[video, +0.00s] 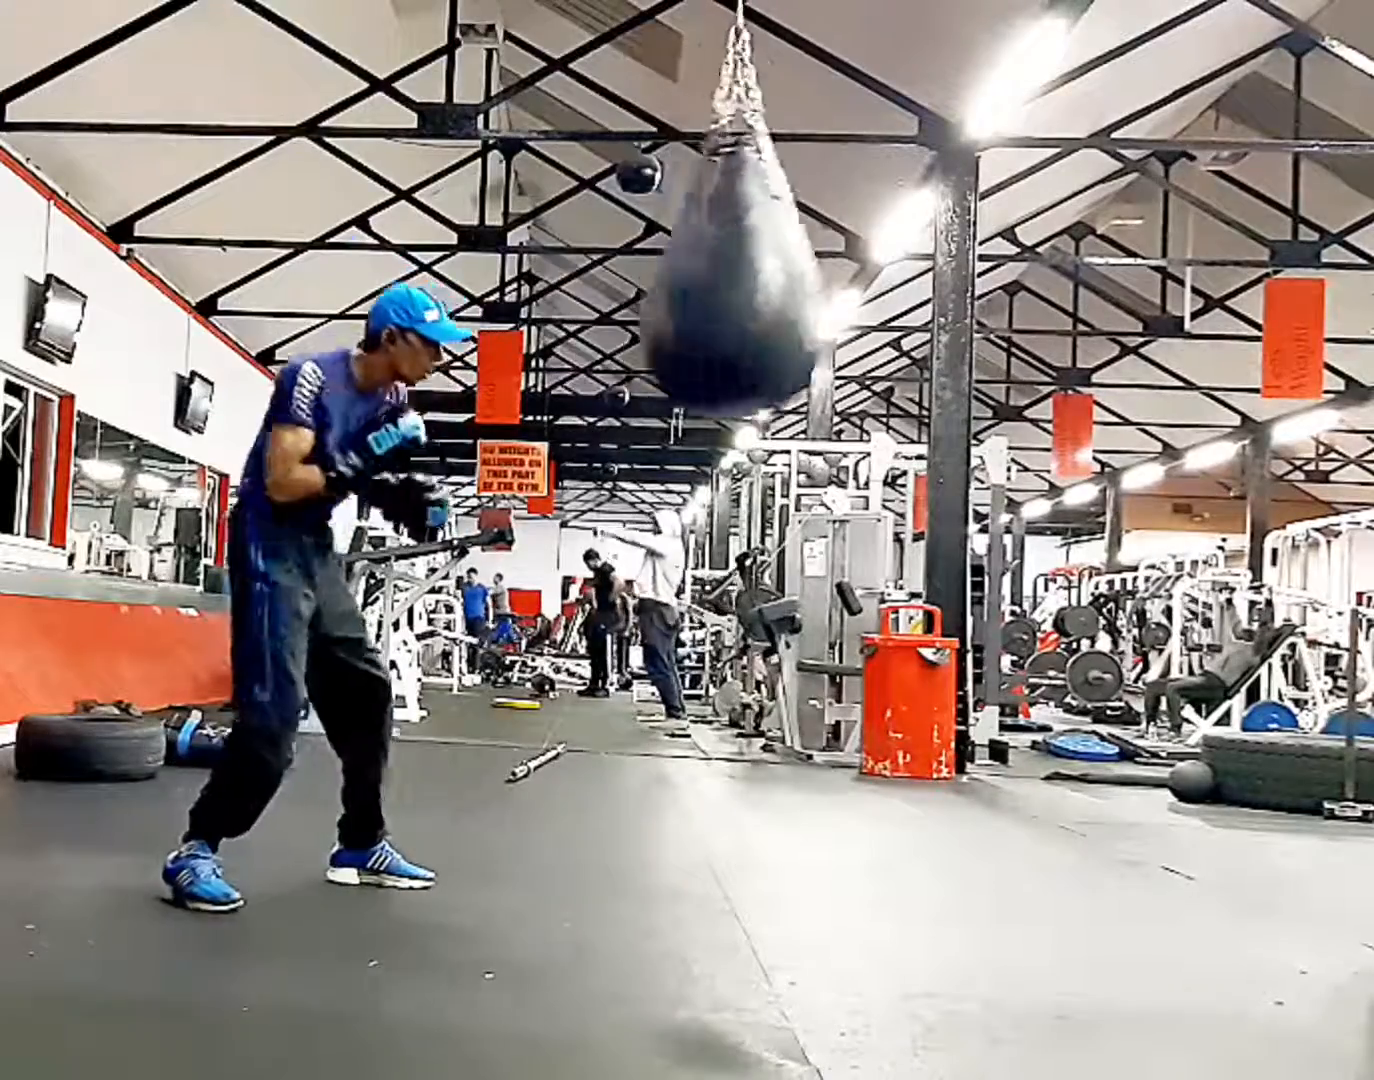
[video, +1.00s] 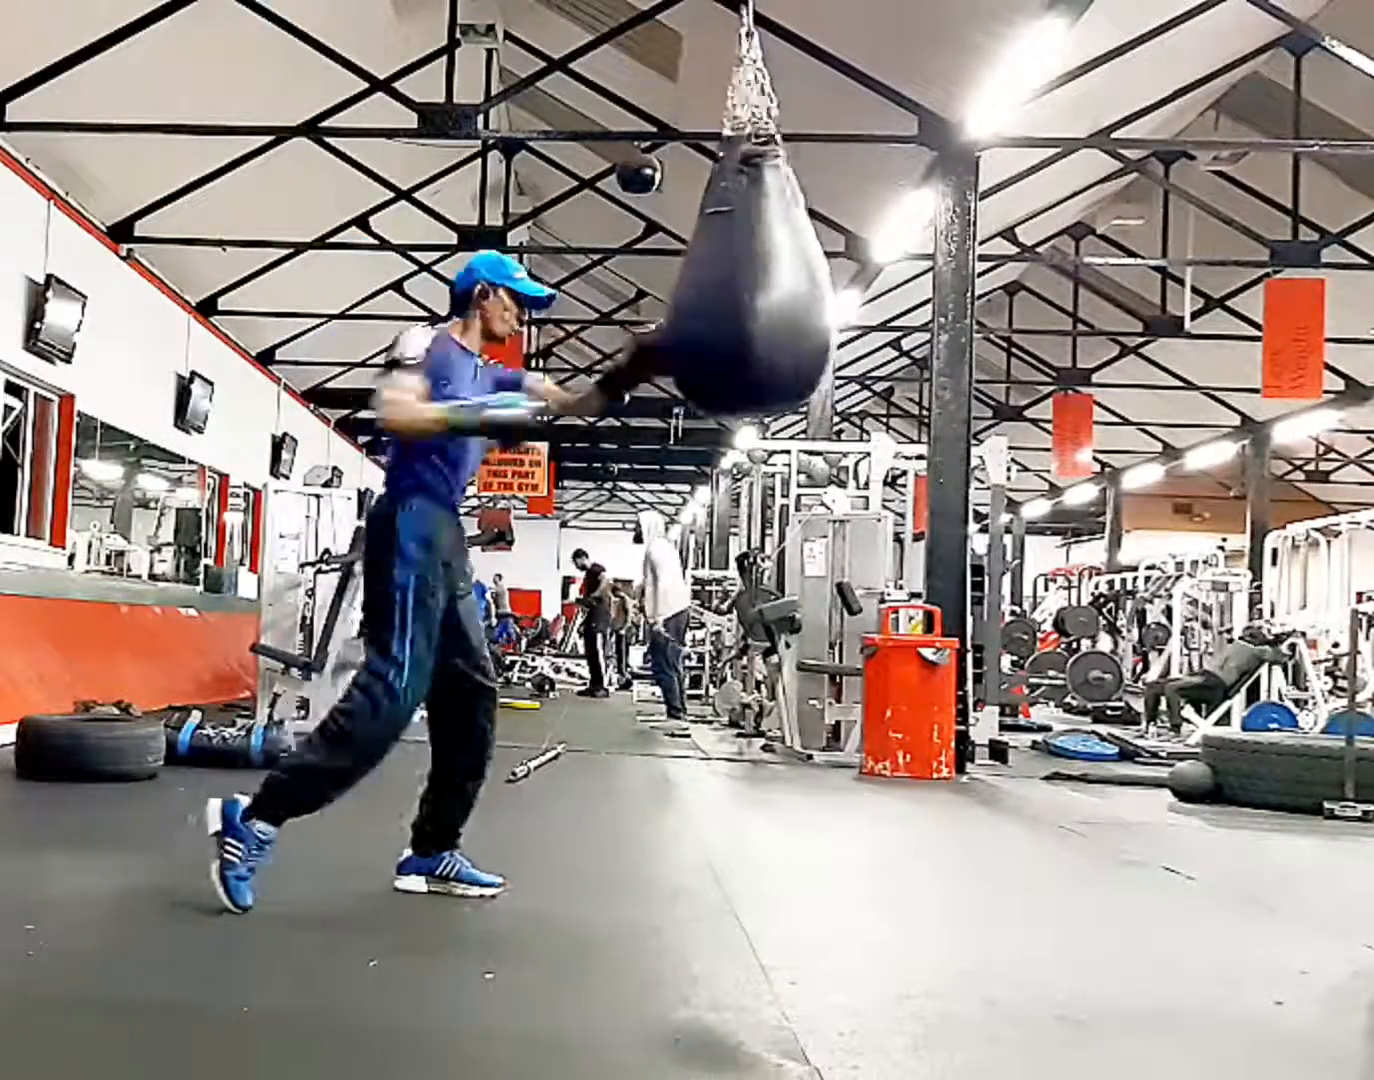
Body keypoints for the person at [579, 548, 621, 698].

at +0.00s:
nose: (590, 566)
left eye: (591, 562)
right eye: (588, 563)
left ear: (597, 559)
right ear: (588, 563)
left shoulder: (608, 575)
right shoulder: (598, 576)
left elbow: (608, 602)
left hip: (606, 621)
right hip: (597, 620)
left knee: (603, 654)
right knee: (595, 654)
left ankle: (604, 685)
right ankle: (594, 683)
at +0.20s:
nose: (588, 565)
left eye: (589, 561)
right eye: (586, 562)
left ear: (595, 558)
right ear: (587, 562)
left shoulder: (606, 570)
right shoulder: (597, 575)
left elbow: (617, 582)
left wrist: (609, 598)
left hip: (606, 616)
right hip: (596, 616)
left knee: (601, 652)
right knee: (594, 652)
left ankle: (603, 685)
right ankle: (594, 683)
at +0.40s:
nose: (587, 563)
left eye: (588, 559)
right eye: (585, 560)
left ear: (593, 558)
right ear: (588, 560)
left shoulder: (602, 574)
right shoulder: (597, 576)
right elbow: (596, 601)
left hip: (601, 617)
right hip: (594, 617)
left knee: (600, 653)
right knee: (594, 653)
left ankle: (602, 685)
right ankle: (594, 684)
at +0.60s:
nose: (585, 564)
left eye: (587, 559)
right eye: (583, 561)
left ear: (593, 557)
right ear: (582, 562)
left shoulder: (603, 571)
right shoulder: (593, 576)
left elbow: (604, 594)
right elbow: (593, 596)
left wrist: (588, 601)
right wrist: (583, 600)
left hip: (602, 614)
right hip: (592, 615)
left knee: (601, 651)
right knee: (593, 651)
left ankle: (603, 685)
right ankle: (593, 683)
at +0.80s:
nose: (580, 564)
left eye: (581, 560)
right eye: (578, 561)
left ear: (588, 557)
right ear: (580, 562)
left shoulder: (600, 570)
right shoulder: (589, 576)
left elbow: (608, 584)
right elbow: (589, 595)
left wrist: (594, 598)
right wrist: (583, 599)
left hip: (600, 616)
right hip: (591, 617)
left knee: (600, 651)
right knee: (591, 652)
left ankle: (603, 685)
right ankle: (594, 683)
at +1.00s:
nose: (577, 566)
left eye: (577, 562)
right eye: (575, 563)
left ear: (584, 558)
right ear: (579, 561)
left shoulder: (597, 571)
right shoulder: (588, 576)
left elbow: (603, 587)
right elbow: (589, 598)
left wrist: (588, 598)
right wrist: (581, 600)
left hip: (599, 617)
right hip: (590, 617)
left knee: (596, 652)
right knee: (590, 652)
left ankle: (600, 686)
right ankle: (594, 684)